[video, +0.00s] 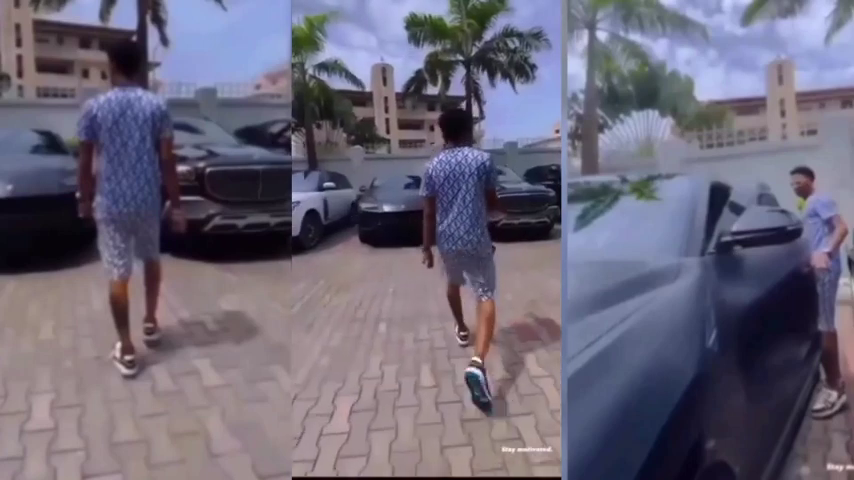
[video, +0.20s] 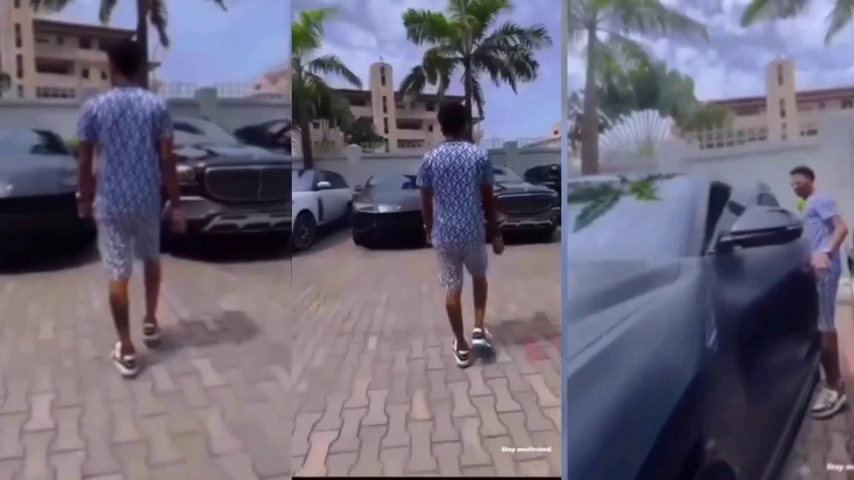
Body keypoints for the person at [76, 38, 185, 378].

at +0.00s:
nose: (112, 71)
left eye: (111, 66)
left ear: (112, 67)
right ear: (142, 67)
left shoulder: (95, 107)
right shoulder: (155, 105)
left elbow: (85, 161)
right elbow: (167, 159)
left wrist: (85, 199)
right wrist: (175, 202)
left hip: (110, 202)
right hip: (147, 201)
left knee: (118, 273)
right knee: (151, 260)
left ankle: (125, 348)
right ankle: (150, 319)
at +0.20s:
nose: (112, 71)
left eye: (111, 66)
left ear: (112, 67)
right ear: (142, 67)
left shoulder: (95, 107)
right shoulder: (155, 105)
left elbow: (85, 161)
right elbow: (167, 159)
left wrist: (85, 199)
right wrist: (175, 202)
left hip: (110, 201)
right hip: (147, 200)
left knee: (118, 273)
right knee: (151, 260)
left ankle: (125, 348)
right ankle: (150, 319)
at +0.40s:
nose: (112, 71)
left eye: (111, 66)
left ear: (112, 67)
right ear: (142, 67)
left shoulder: (95, 107)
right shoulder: (155, 105)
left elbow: (85, 161)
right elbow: (167, 159)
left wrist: (85, 199)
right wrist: (175, 202)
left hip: (110, 201)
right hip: (147, 200)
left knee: (118, 273)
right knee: (151, 260)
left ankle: (125, 348)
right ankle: (150, 319)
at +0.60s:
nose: (112, 71)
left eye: (111, 66)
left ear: (112, 67)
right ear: (142, 67)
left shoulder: (95, 107)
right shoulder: (155, 105)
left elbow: (85, 161)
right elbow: (167, 159)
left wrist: (85, 199)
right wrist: (175, 202)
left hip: (110, 201)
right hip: (147, 200)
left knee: (118, 273)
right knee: (151, 260)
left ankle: (125, 348)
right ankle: (150, 319)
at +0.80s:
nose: (112, 71)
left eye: (111, 66)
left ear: (112, 67)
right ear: (142, 67)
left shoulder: (95, 107)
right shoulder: (155, 105)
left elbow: (85, 161)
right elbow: (167, 159)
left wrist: (85, 199)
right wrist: (175, 202)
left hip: (110, 201)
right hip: (147, 200)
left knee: (118, 273)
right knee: (151, 260)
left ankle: (125, 348)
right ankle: (150, 319)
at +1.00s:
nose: (112, 71)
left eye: (111, 66)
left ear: (112, 67)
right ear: (142, 67)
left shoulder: (95, 107)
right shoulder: (155, 105)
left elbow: (85, 161)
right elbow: (167, 159)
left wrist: (85, 199)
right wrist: (175, 202)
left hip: (110, 201)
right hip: (147, 200)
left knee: (118, 273)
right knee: (151, 260)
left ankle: (125, 348)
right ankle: (150, 319)